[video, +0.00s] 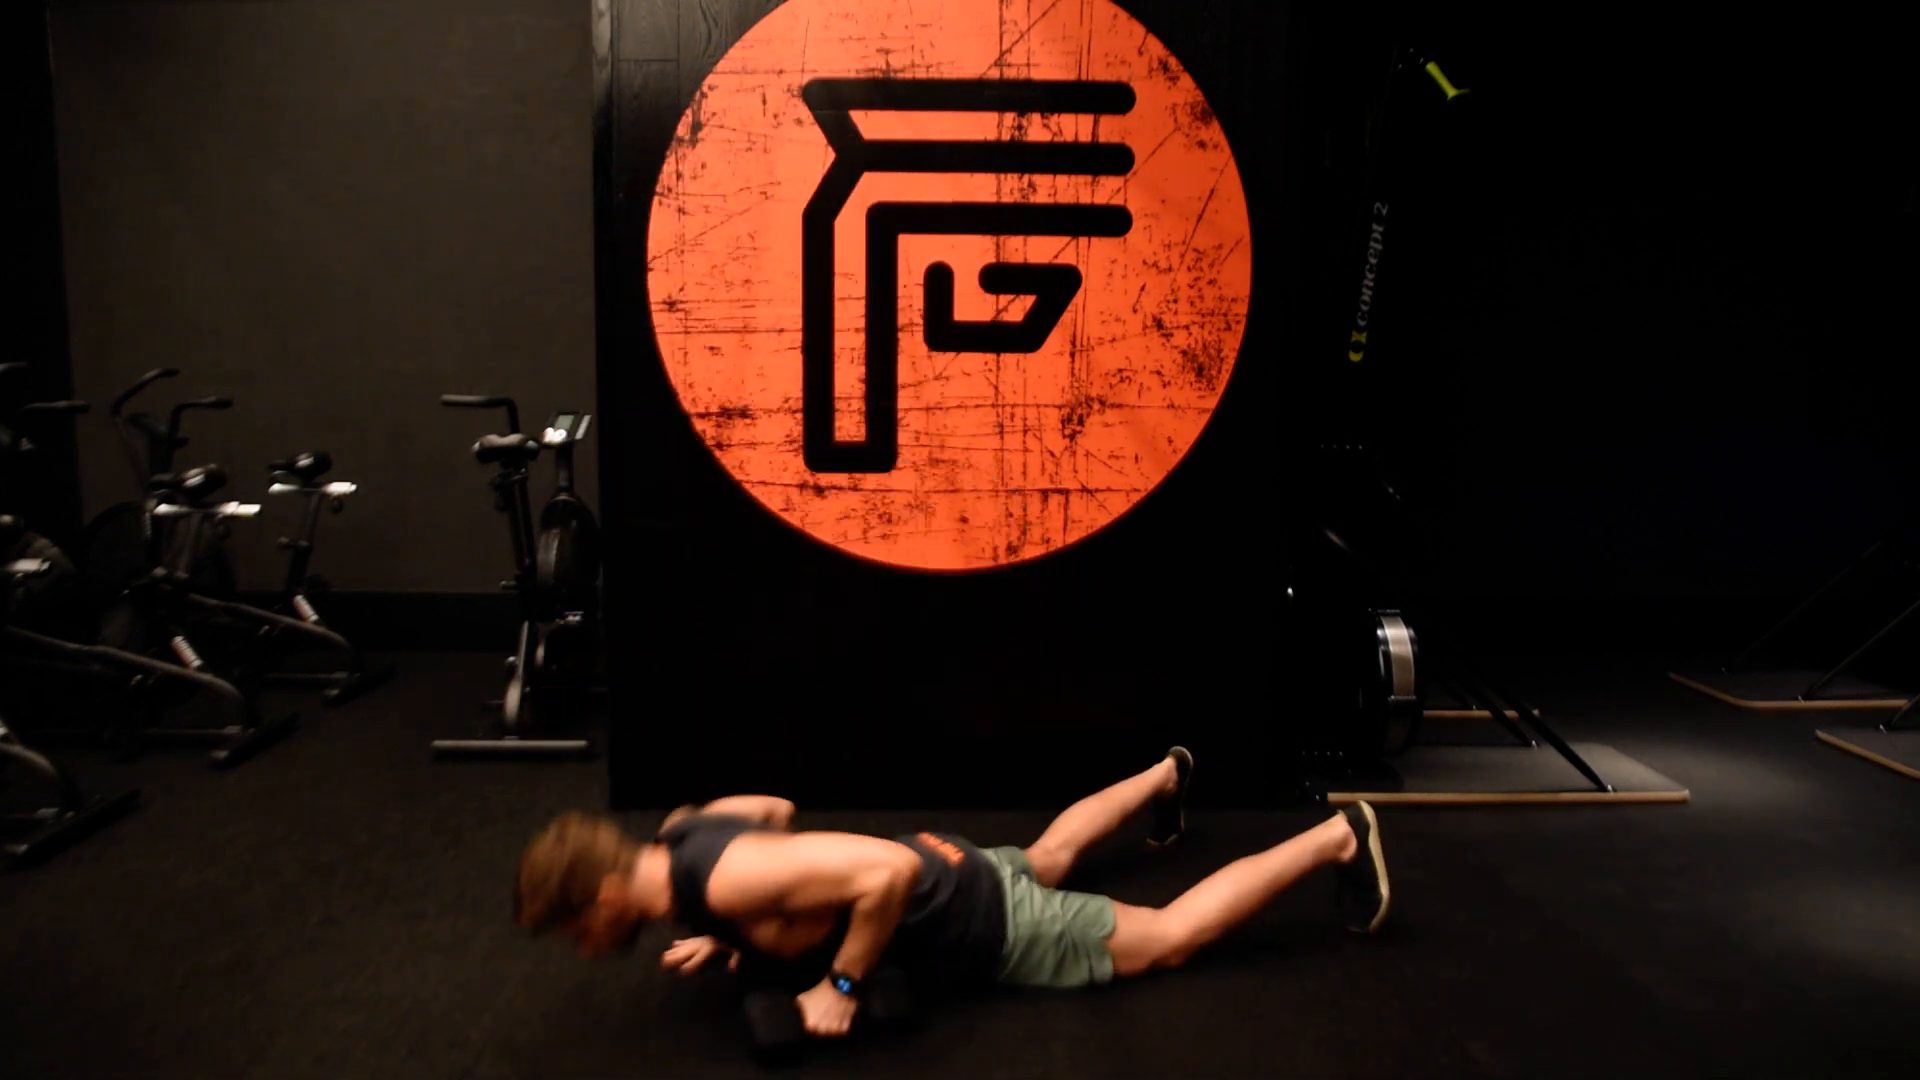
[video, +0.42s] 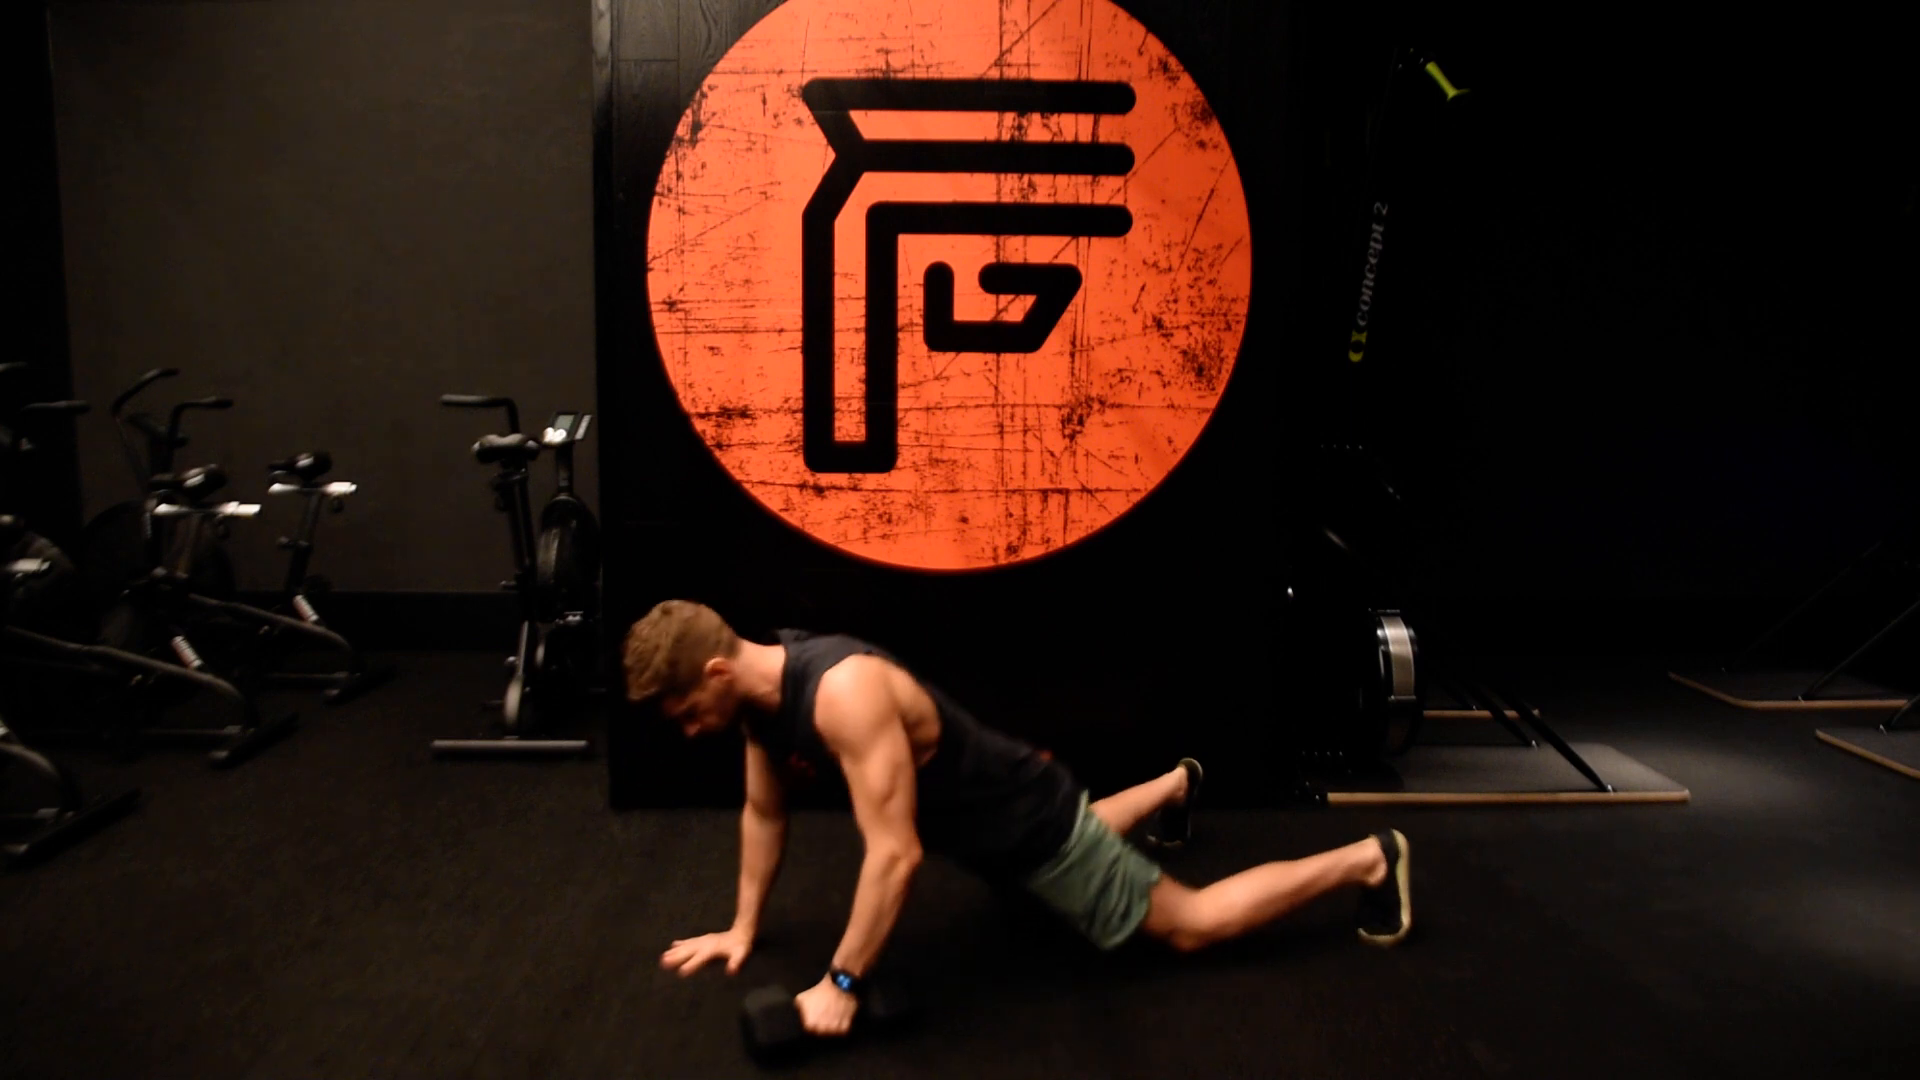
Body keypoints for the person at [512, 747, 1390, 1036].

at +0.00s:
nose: (586, 941)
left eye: (579, 928)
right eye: (574, 932)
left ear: (607, 897)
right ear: (612, 860)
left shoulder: (729, 886)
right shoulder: (677, 837)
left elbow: (885, 869)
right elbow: (771, 805)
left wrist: (836, 984)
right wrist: (726, 927)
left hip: (979, 915)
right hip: (943, 861)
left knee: (1167, 935)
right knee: (1048, 855)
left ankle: (1337, 833)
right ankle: (1163, 771)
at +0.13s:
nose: (604, 850)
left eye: (601, 836)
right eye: (594, 841)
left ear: (631, 803)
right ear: (637, 781)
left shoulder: (762, 813)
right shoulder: (704, 788)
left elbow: (905, 866)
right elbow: (767, 849)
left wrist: (841, 983)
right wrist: (744, 929)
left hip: (990, 890)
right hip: (939, 849)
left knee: (1170, 933)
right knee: (1050, 851)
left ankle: (1346, 842)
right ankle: (1160, 771)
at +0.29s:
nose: (658, 754)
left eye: (656, 738)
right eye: (647, 745)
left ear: (683, 699)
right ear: (680, 692)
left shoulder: (817, 728)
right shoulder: (743, 715)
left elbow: (900, 866)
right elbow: (763, 825)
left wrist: (843, 982)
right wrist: (740, 929)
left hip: (1008, 851)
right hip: (953, 832)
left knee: (1181, 934)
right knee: (1056, 847)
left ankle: (1357, 854)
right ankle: (1168, 774)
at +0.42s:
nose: (682, 728)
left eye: (679, 712)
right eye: (671, 717)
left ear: (710, 676)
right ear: (706, 672)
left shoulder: (846, 697)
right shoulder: (756, 687)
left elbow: (895, 856)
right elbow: (765, 810)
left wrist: (839, 985)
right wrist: (742, 927)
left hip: (1034, 823)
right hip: (975, 813)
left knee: (1194, 919)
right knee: (1074, 839)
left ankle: (1368, 856)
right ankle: (1176, 780)